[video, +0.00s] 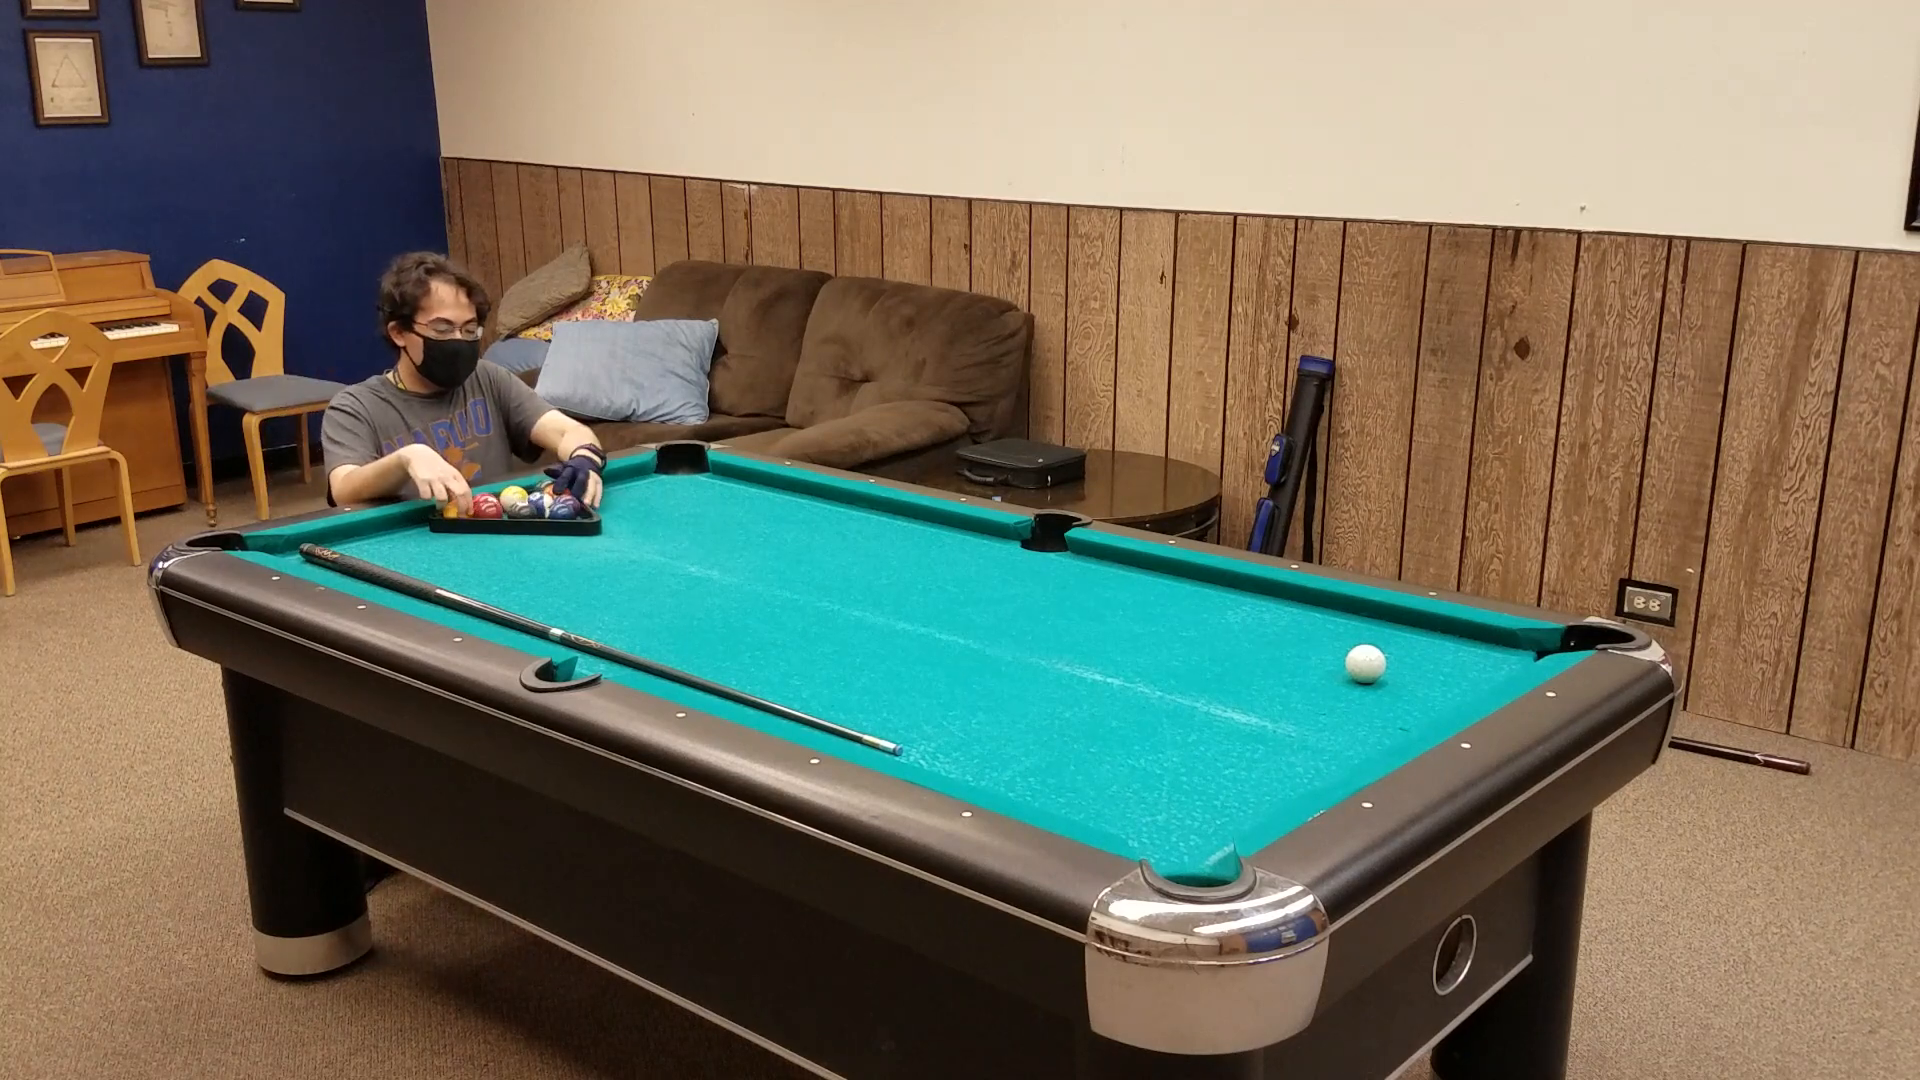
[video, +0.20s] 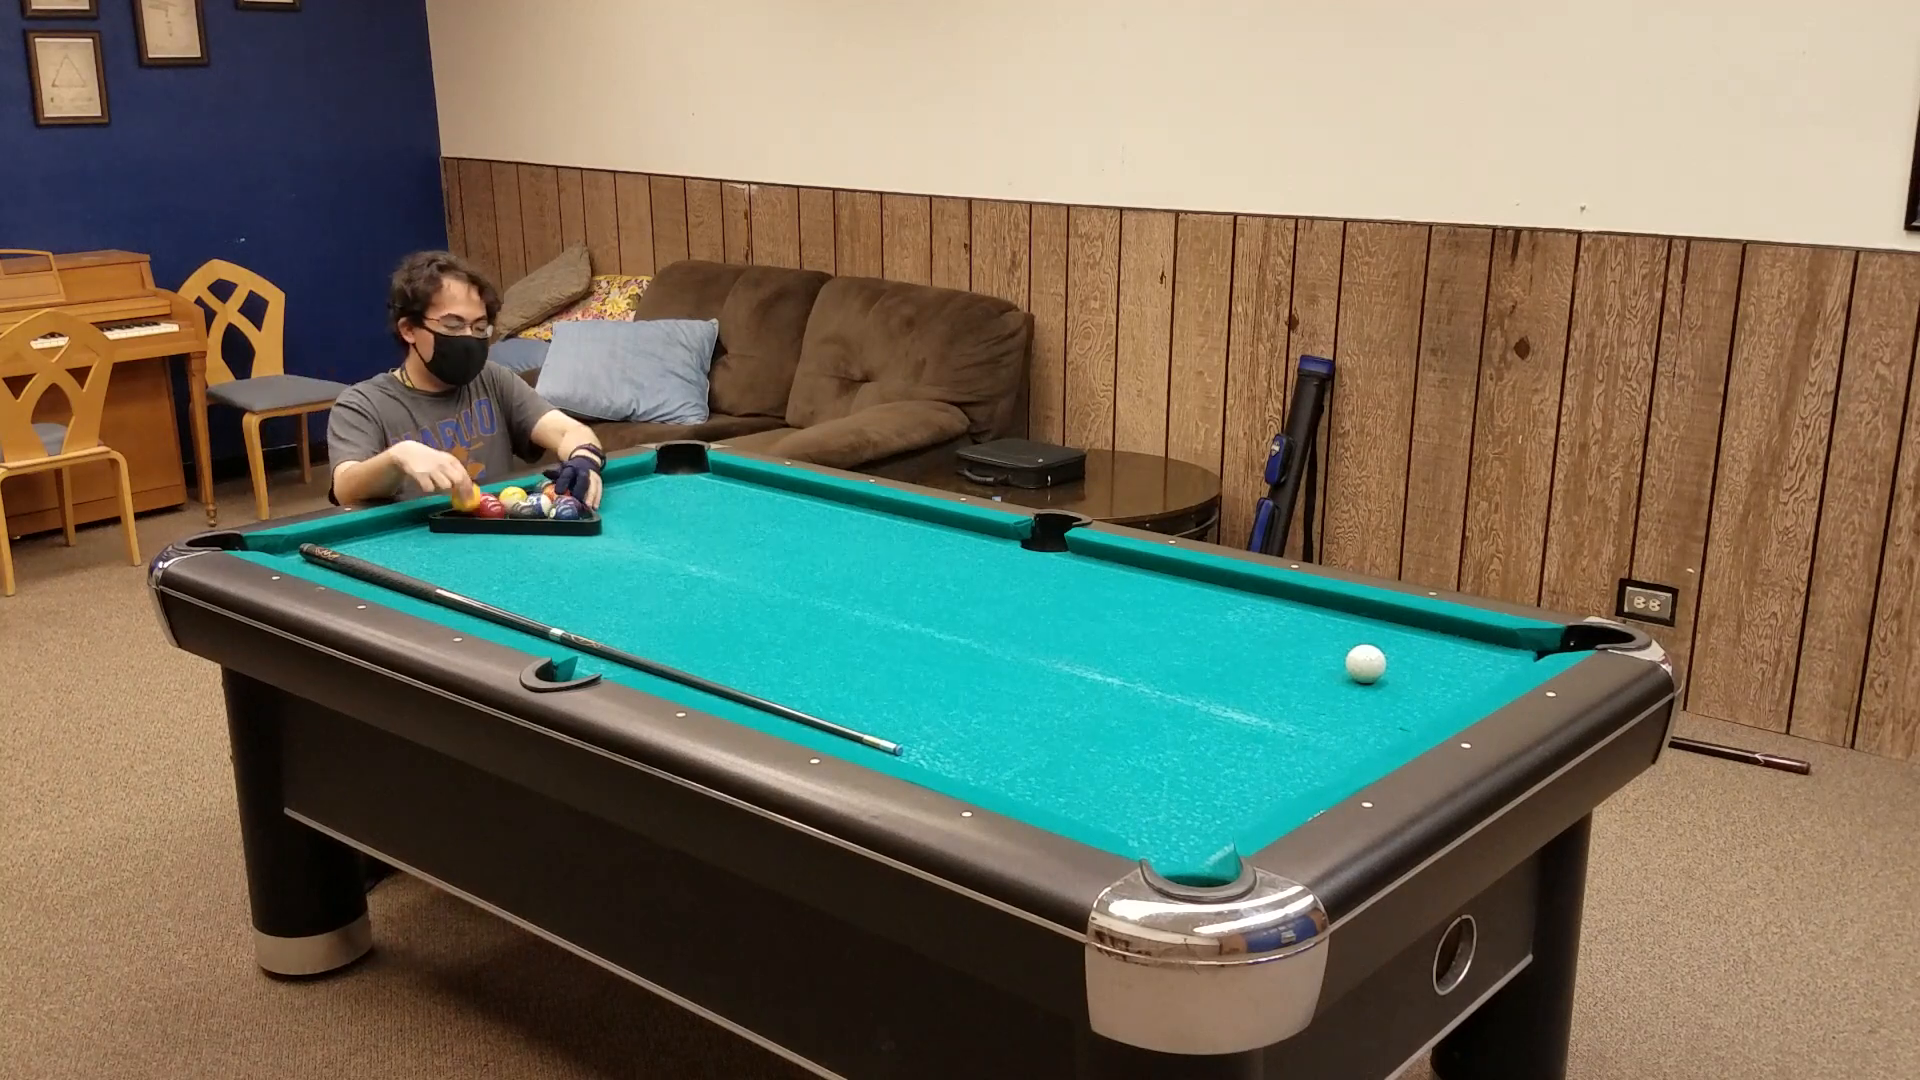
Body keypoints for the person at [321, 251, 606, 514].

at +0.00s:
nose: (460, 342)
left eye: (470, 327)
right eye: (443, 328)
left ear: (479, 326)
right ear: (399, 333)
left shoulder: (489, 380)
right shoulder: (356, 407)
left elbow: (564, 431)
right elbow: (345, 491)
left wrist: (585, 455)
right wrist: (407, 458)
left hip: (510, 551)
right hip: (415, 568)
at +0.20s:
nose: (470, 338)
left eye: (479, 326)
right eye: (454, 324)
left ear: (488, 327)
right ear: (408, 330)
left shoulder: (493, 381)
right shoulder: (363, 404)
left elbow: (566, 431)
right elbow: (347, 491)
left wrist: (585, 457)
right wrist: (397, 458)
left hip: (511, 549)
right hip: (419, 566)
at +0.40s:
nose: (474, 336)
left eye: (482, 323)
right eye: (456, 322)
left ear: (491, 326)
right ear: (411, 328)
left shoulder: (492, 379)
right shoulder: (370, 401)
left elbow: (568, 430)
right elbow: (382, 470)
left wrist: (584, 457)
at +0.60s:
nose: (475, 332)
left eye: (483, 320)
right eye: (457, 320)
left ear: (492, 323)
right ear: (413, 329)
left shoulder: (492, 380)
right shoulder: (375, 402)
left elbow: (567, 431)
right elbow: (414, 465)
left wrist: (585, 465)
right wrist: (511, 478)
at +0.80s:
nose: (472, 334)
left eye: (480, 321)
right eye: (454, 321)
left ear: (490, 323)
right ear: (410, 330)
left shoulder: (492, 380)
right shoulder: (372, 403)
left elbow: (565, 430)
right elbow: (404, 468)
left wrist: (585, 460)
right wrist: (493, 479)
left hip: (497, 553)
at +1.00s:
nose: (468, 331)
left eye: (475, 319)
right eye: (450, 319)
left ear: (485, 320)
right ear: (406, 329)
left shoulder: (490, 380)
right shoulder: (370, 404)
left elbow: (566, 430)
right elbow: (400, 471)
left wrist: (584, 459)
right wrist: (495, 480)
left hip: (499, 554)